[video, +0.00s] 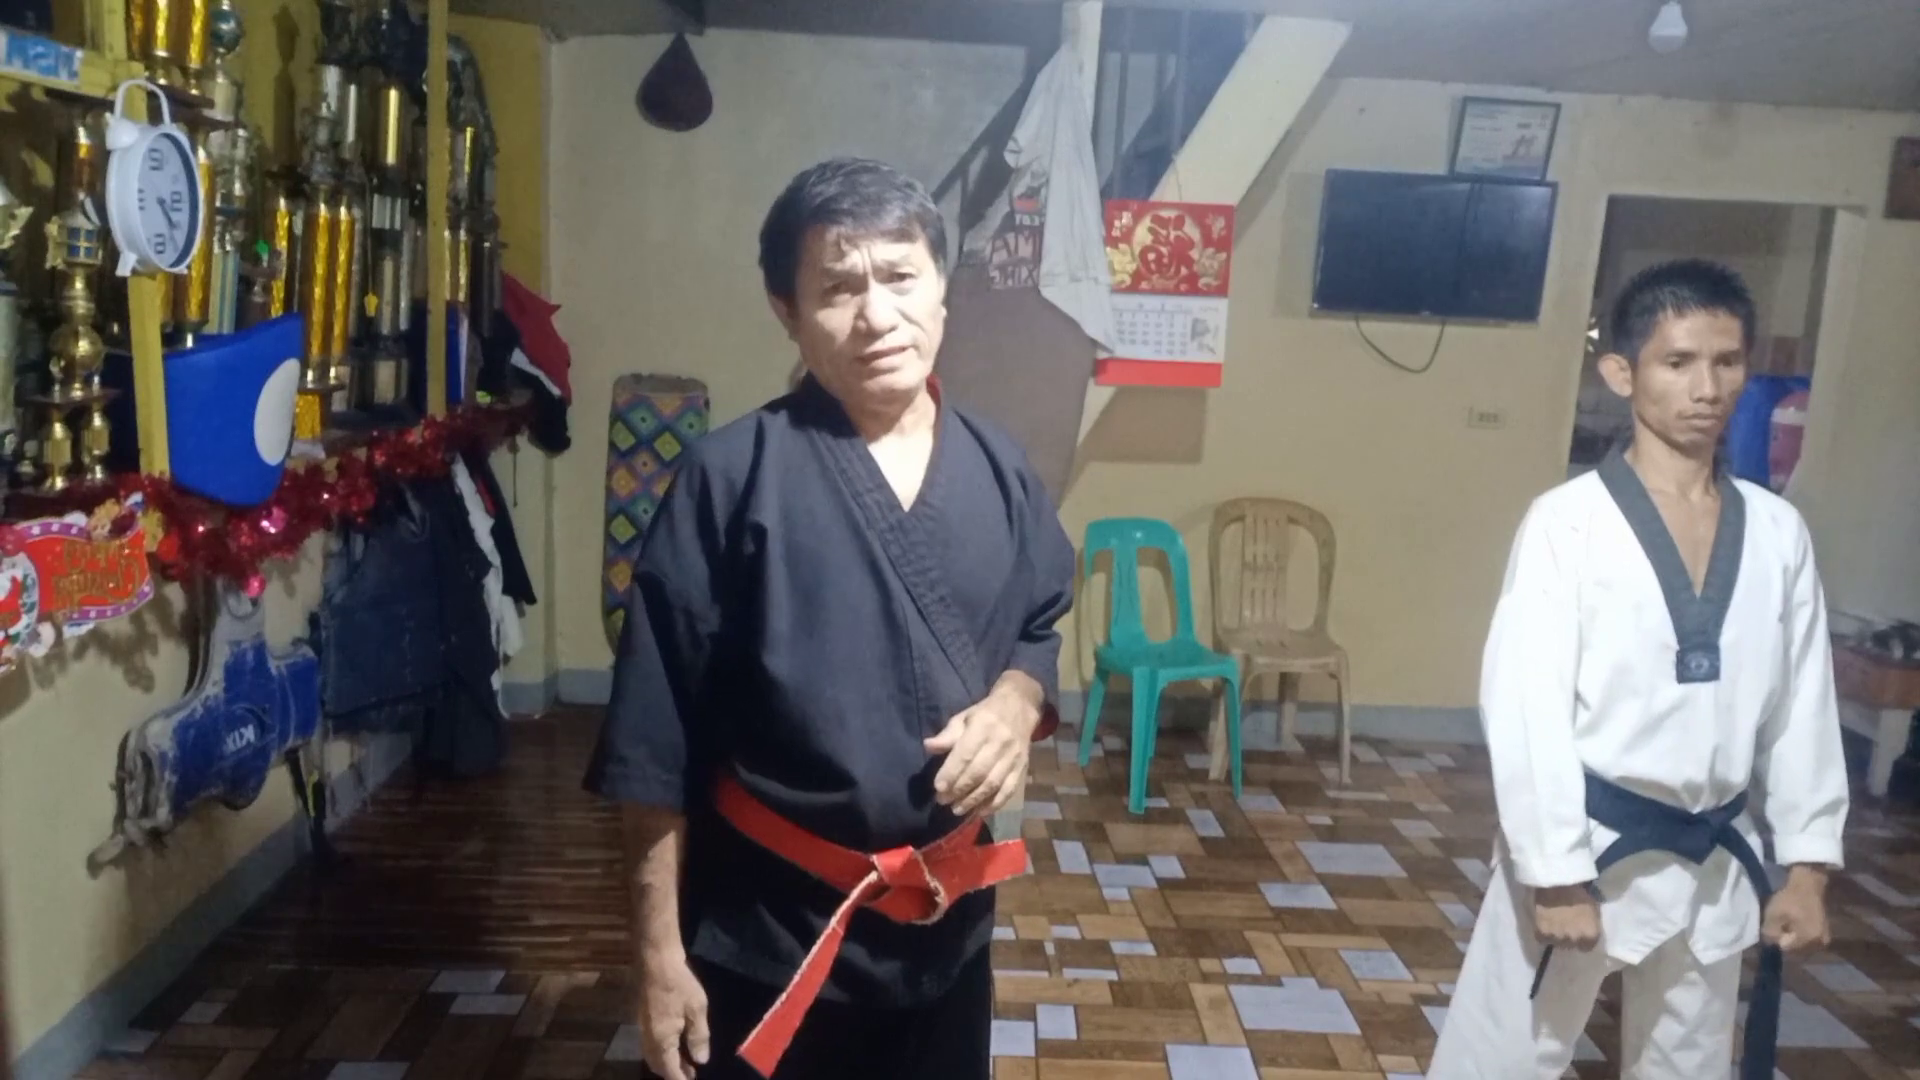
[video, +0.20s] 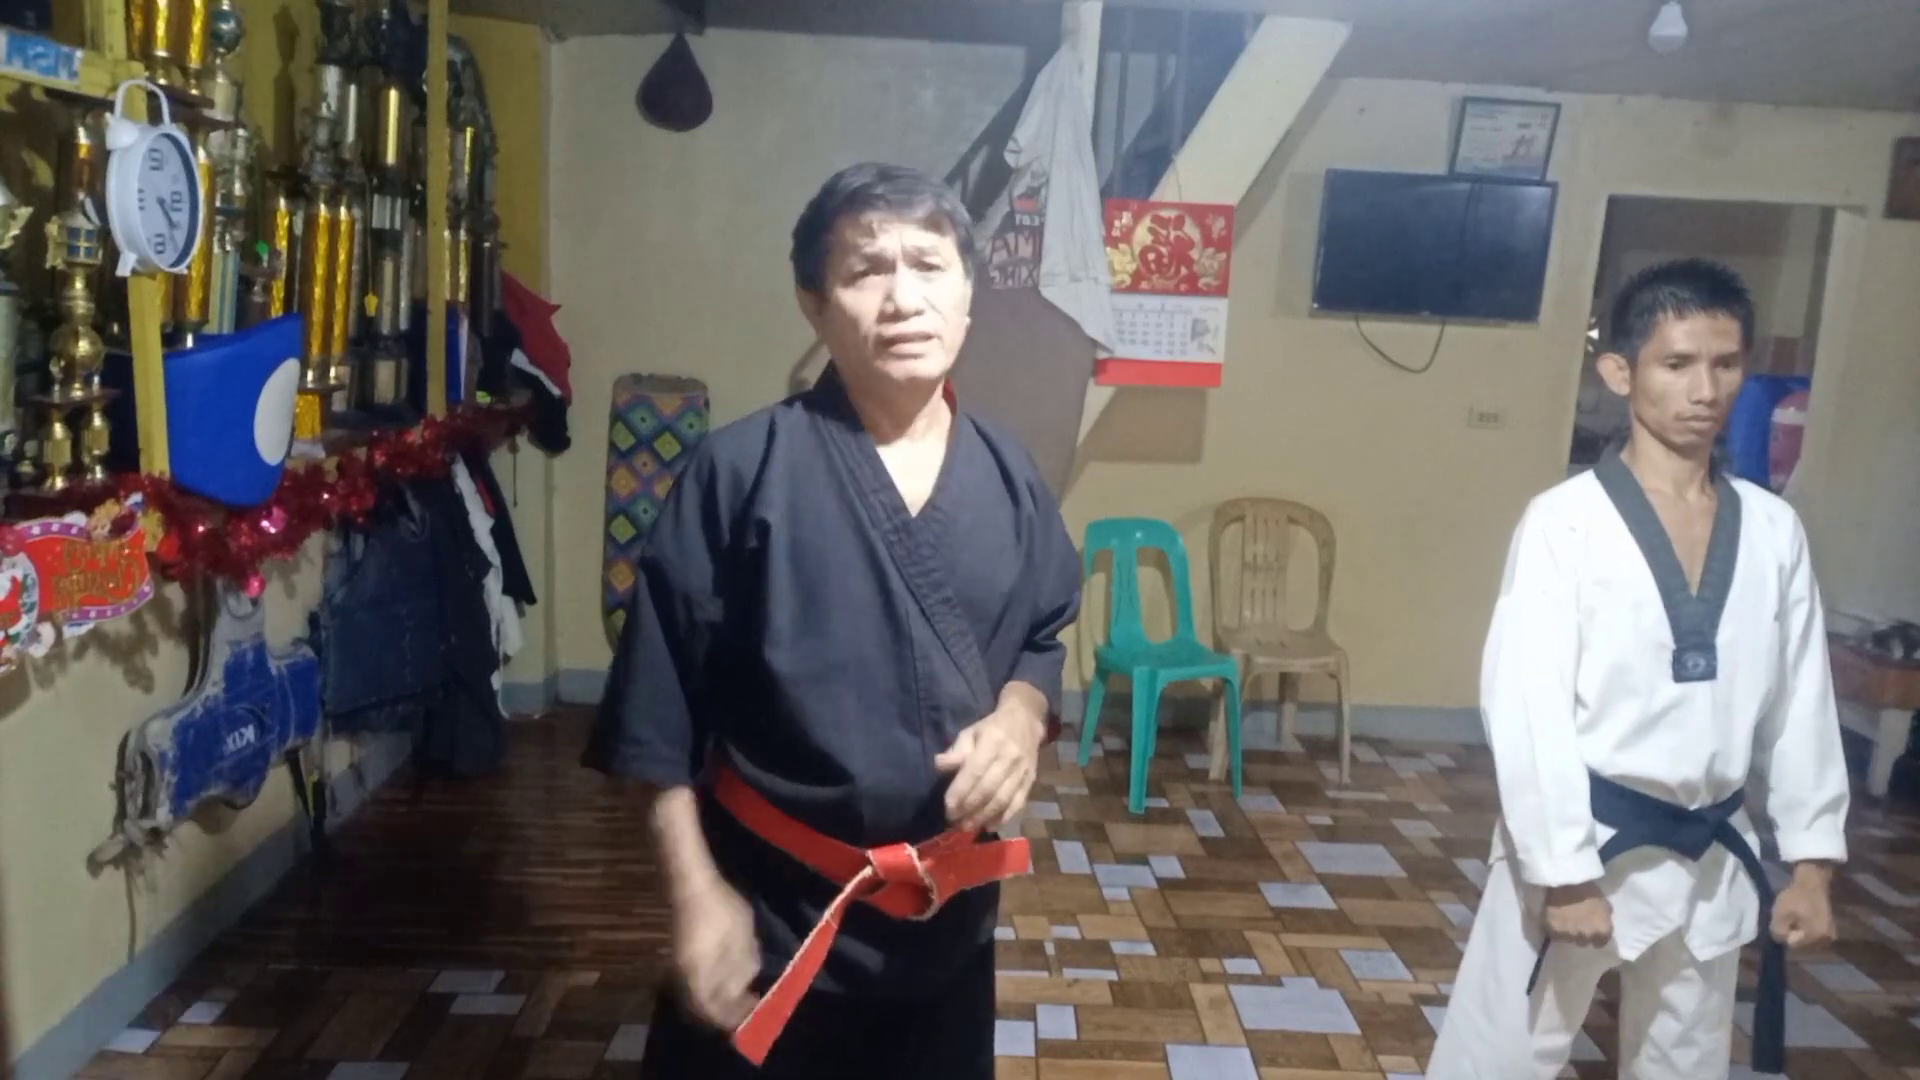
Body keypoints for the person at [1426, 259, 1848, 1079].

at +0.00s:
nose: (1708, 387)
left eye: (1726, 361)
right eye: (1679, 361)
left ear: (1746, 370)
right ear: (1620, 374)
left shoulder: (1778, 530)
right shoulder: (1565, 523)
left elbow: (1805, 704)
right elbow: (1524, 702)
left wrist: (1808, 864)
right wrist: (1556, 871)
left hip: (1718, 862)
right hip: (1579, 857)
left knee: (1688, 1069)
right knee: (1505, 1062)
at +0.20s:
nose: (1706, 389)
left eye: (1725, 363)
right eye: (1677, 363)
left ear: (1743, 370)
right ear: (1618, 373)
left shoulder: (1774, 528)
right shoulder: (1563, 523)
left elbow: (1802, 701)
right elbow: (1525, 702)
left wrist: (1812, 860)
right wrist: (1565, 870)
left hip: (1713, 856)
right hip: (1577, 851)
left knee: (1684, 1068)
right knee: (1499, 1062)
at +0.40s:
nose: (1700, 388)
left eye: (1719, 362)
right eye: (1671, 363)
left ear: (1740, 369)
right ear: (1614, 374)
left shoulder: (1777, 528)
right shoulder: (1559, 523)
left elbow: (1805, 701)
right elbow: (1521, 702)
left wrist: (1809, 862)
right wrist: (1552, 869)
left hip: (1717, 859)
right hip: (1578, 854)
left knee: (1684, 1070)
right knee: (1496, 1063)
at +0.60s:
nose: (1699, 385)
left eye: (1718, 358)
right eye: (1669, 360)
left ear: (1739, 368)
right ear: (1613, 374)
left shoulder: (1781, 530)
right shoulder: (1561, 523)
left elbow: (1811, 704)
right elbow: (1521, 702)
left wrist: (1816, 865)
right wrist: (1548, 870)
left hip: (1721, 862)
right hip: (1582, 855)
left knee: (1693, 1071)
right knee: (1501, 1064)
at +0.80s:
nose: (1705, 385)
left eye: (1723, 360)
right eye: (1676, 360)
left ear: (1742, 369)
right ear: (1616, 374)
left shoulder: (1776, 530)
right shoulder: (1564, 524)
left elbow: (1806, 704)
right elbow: (1529, 706)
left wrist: (1816, 864)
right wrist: (1568, 876)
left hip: (1721, 863)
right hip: (1583, 859)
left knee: (1693, 1071)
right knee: (1510, 1065)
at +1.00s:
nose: (1718, 387)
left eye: (1730, 362)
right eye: (1689, 363)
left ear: (1745, 368)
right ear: (1621, 376)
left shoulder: (1775, 530)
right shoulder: (1565, 527)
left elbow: (1808, 705)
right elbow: (1531, 710)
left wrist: (1826, 866)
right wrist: (1570, 880)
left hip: (1721, 870)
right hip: (1581, 864)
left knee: (1693, 1071)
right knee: (1506, 1066)